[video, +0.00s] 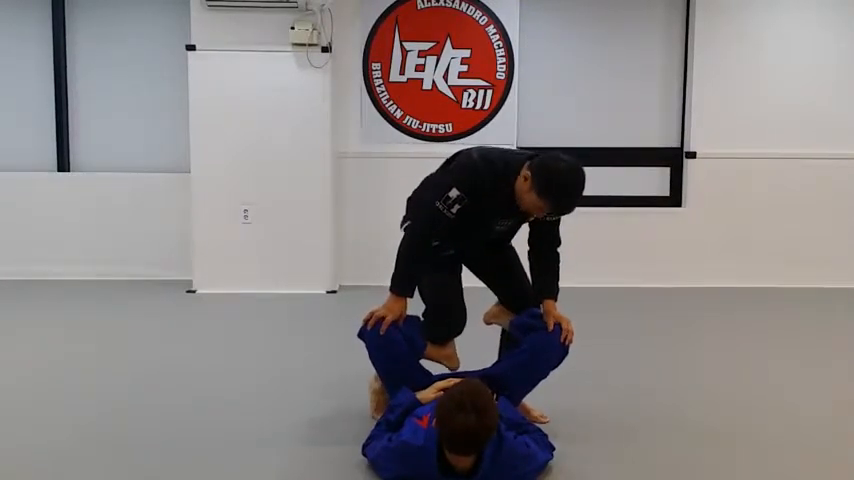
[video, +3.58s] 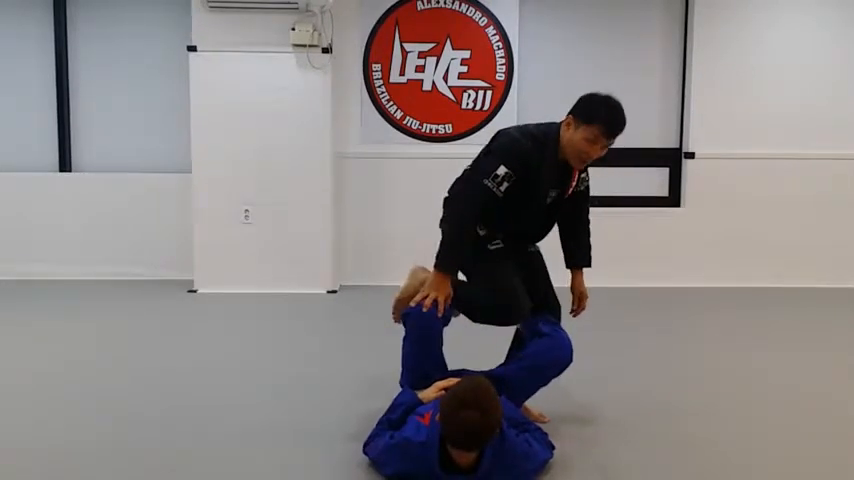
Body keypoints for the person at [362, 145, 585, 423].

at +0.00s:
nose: (539, 217)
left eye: (547, 214)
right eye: (538, 209)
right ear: (526, 179)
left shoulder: (549, 187)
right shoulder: (474, 171)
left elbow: (545, 244)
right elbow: (420, 227)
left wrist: (549, 302)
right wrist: (398, 297)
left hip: (485, 238)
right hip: (437, 234)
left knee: (526, 307)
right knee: (447, 325)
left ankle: (508, 395)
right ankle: (388, 377)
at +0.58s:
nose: (570, 204)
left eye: (580, 200)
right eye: (570, 193)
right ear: (557, 165)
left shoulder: (583, 181)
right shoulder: (506, 158)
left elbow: (577, 237)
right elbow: (451, 214)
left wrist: (566, 302)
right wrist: (420, 280)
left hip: (517, 230)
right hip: (468, 221)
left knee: (535, 312)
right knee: (468, 302)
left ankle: (508, 397)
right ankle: (399, 342)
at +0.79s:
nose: (576, 196)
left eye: (585, 192)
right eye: (575, 185)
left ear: (596, 187)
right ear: (564, 157)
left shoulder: (589, 180)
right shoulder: (515, 155)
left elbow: (582, 231)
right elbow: (459, 212)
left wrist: (573, 290)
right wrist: (427, 281)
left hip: (523, 232)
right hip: (475, 220)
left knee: (536, 315)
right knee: (489, 293)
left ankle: (508, 398)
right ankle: (416, 305)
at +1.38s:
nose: (581, 186)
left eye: (589, 181)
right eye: (580, 175)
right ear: (568, 147)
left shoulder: (583, 171)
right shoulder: (517, 154)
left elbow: (576, 220)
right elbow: (464, 212)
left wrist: (557, 273)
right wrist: (433, 282)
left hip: (522, 237)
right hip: (478, 230)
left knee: (542, 311)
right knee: (519, 305)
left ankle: (508, 396)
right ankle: (458, 320)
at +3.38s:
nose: (582, 163)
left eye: (591, 159)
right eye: (582, 152)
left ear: (601, 155)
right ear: (567, 127)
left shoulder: (577, 163)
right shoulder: (513, 141)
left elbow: (576, 214)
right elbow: (461, 197)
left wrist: (575, 270)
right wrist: (438, 269)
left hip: (517, 240)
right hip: (473, 234)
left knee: (542, 314)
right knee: (511, 299)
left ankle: (505, 395)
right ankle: (435, 282)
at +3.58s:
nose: (595, 152)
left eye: (603, 147)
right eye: (591, 141)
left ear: (608, 147)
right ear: (568, 125)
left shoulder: (577, 166)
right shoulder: (516, 145)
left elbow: (575, 218)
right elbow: (463, 202)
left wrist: (577, 275)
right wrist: (443, 274)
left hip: (517, 242)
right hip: (474, 236)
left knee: (546, 316)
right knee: (509, 310)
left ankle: (506, 398)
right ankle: (431, 287)